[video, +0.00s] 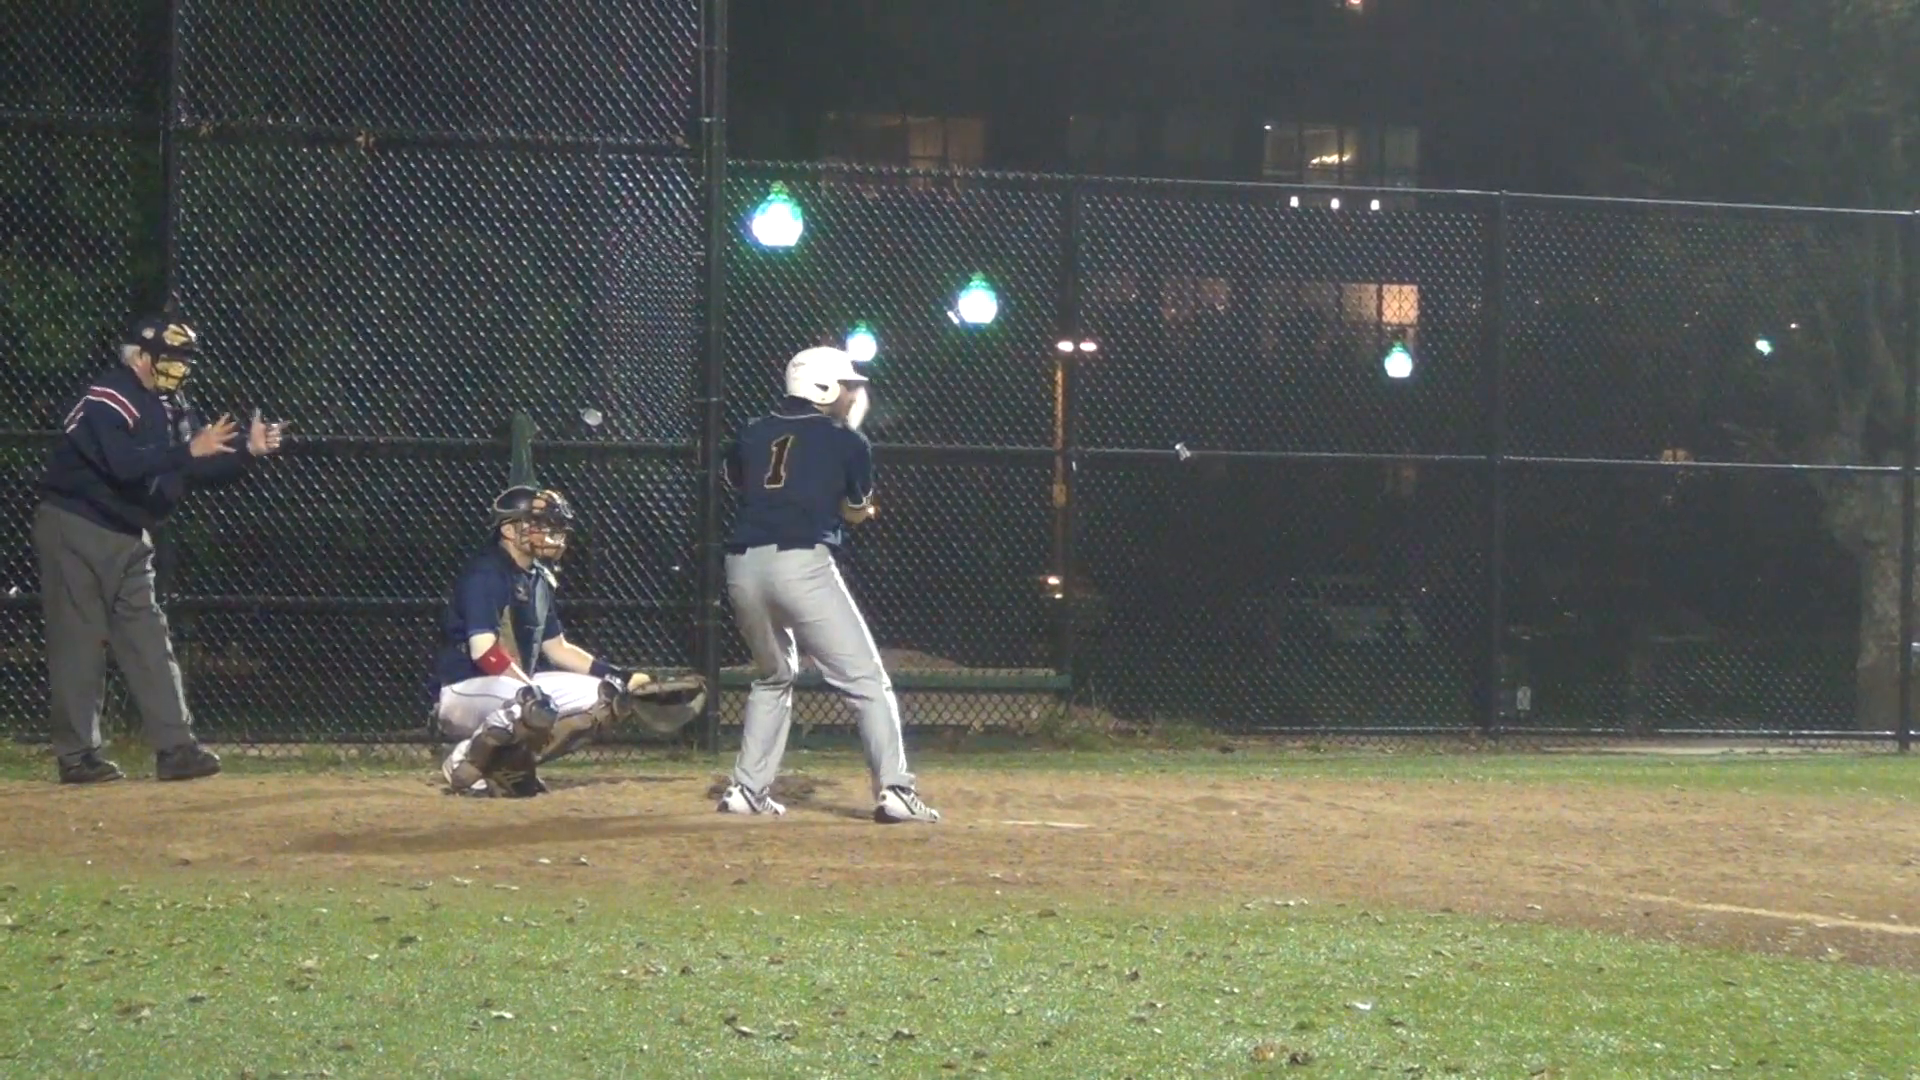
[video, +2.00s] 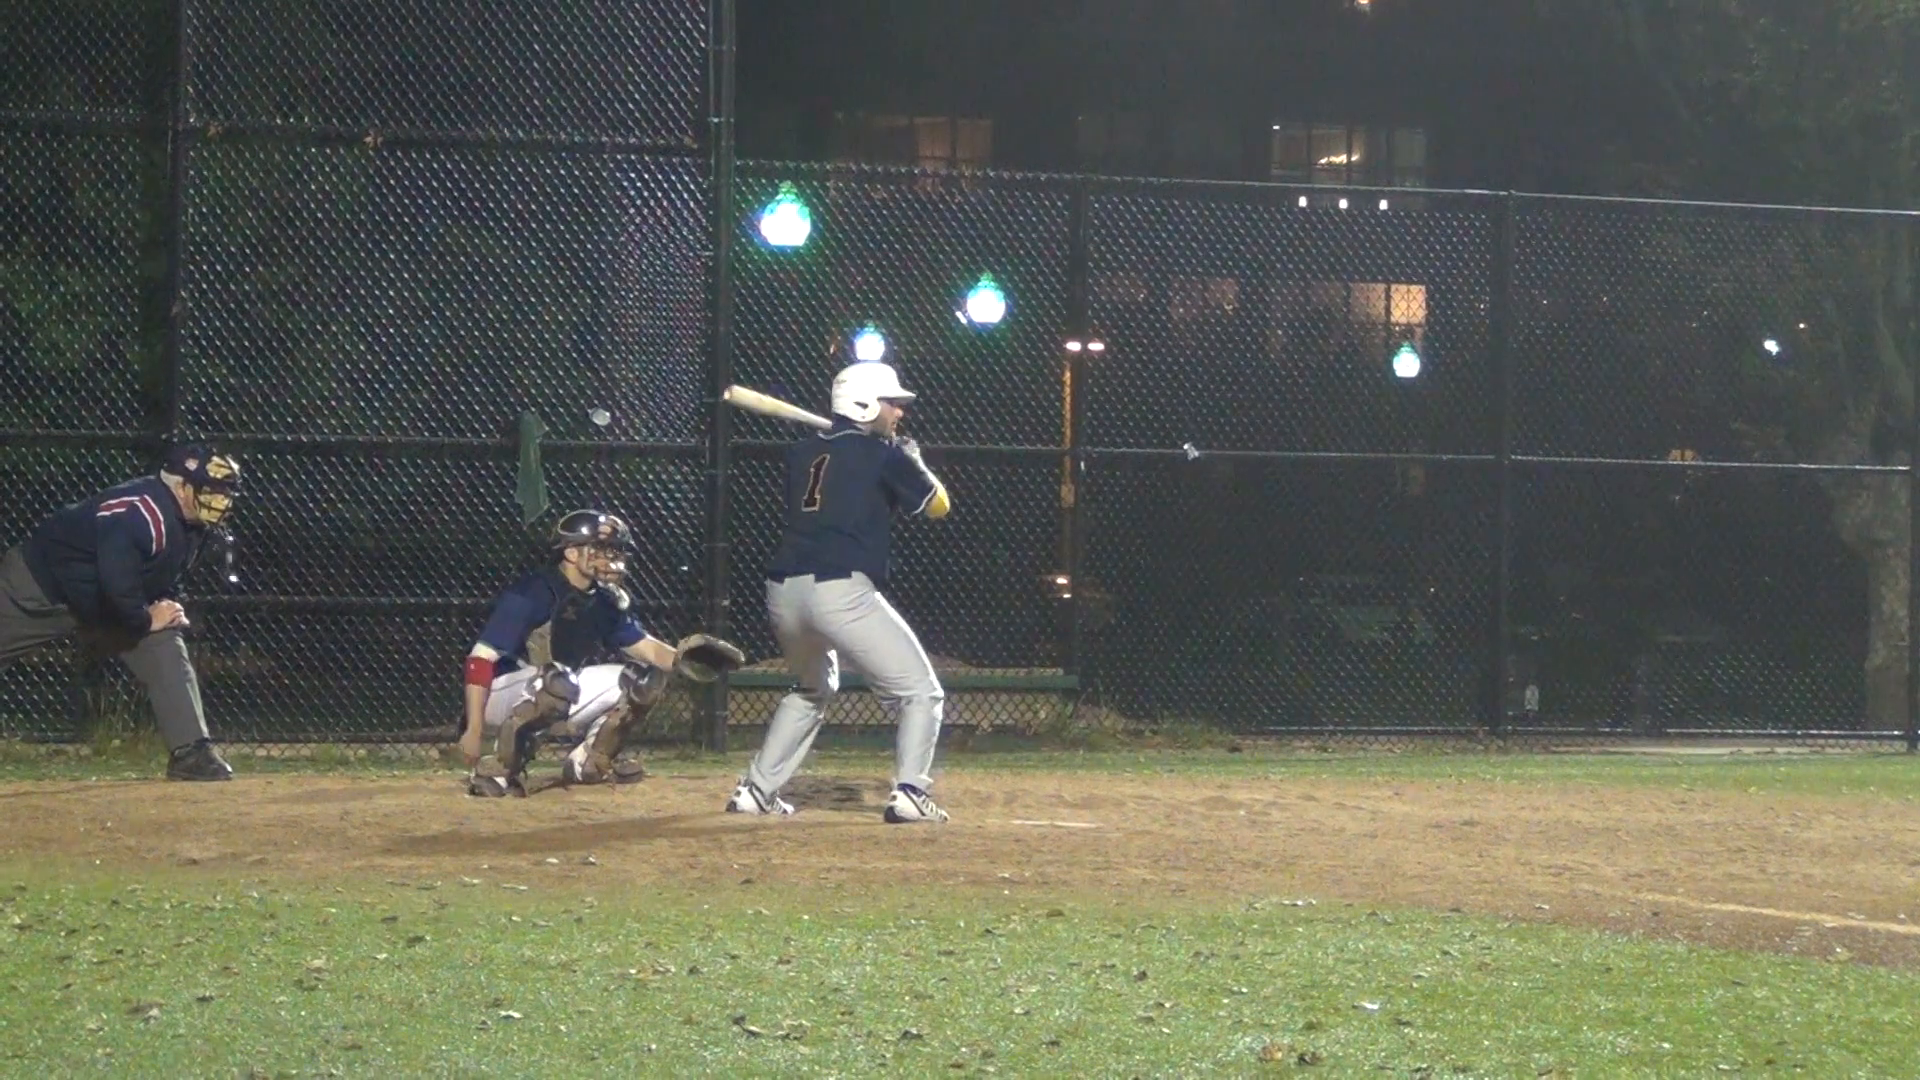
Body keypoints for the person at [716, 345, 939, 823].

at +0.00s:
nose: (854, 397)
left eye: (853, 388)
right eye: (849, 389)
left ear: (796, 388)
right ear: (828, 390)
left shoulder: (752, 431)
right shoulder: (847, 440)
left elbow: (736, 484)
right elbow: (857, 509)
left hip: (741, 566)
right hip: (803, 563)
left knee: (771, 677)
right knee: (867, 682)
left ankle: (747, 790)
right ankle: (895, 791)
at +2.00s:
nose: (900, 412)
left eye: (899, 403)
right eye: (893, 403)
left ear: (848, 408)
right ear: (866, 406)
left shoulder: (801, 450)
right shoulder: (882, 454)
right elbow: (939, 506)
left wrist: (879, 453)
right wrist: (915, 464)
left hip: (782, 592)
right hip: (842, 591)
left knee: (810, 688)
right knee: (922, 693)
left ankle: (756, 791)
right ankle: (911, 793)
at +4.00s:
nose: (839, 376)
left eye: (840, 367)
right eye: (837, 367)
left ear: (786, 354)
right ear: (826, 366)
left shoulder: (736, 398)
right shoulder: (836, 416)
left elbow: (681, 455)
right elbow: (833, 491)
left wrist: (674, 530)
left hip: (734, 543)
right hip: (796, 540)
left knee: (759, 667)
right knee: (833, 657)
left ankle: (754, 784)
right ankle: (797, 752)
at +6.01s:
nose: (666, 319)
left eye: (663, 310)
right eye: (659, 311)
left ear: (616, 321)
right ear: (637, 318)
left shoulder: (587, 382)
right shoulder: (654, 373)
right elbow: (676, 453)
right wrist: (722, 510)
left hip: (603, 523)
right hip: (654, 521)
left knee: (625, 654)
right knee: (665, 653)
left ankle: (628, 773)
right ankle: (630, 779)